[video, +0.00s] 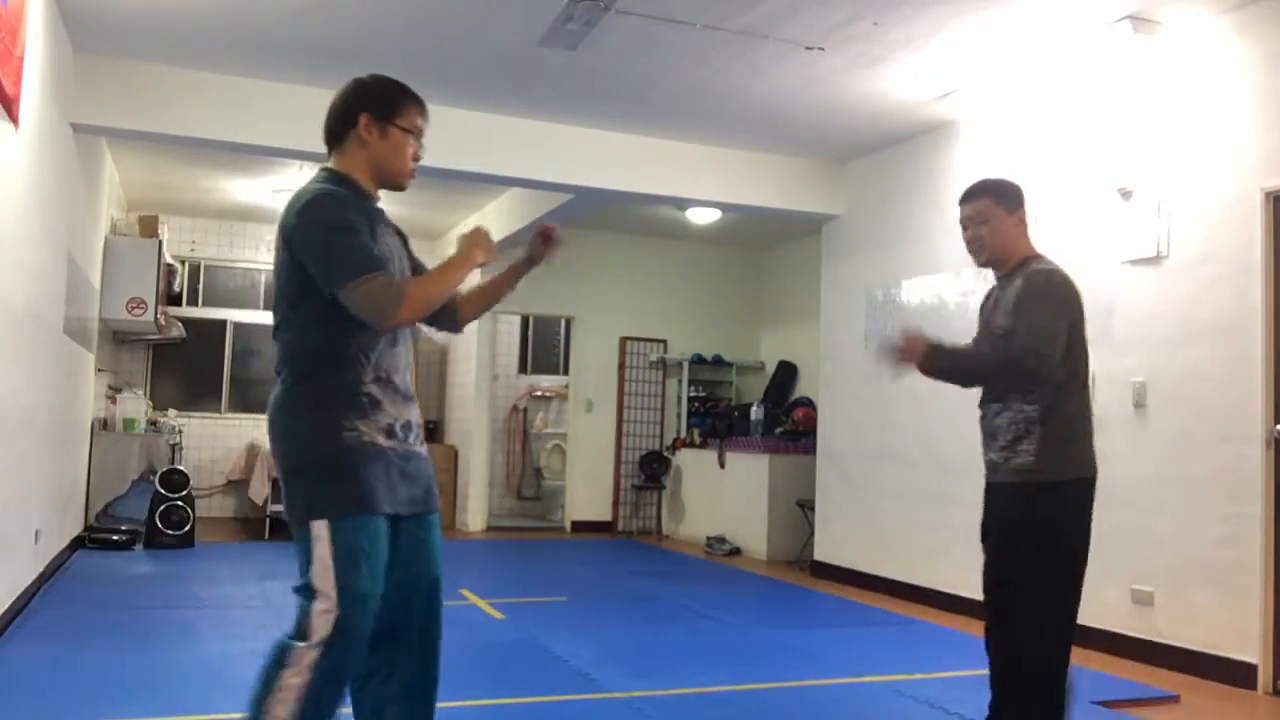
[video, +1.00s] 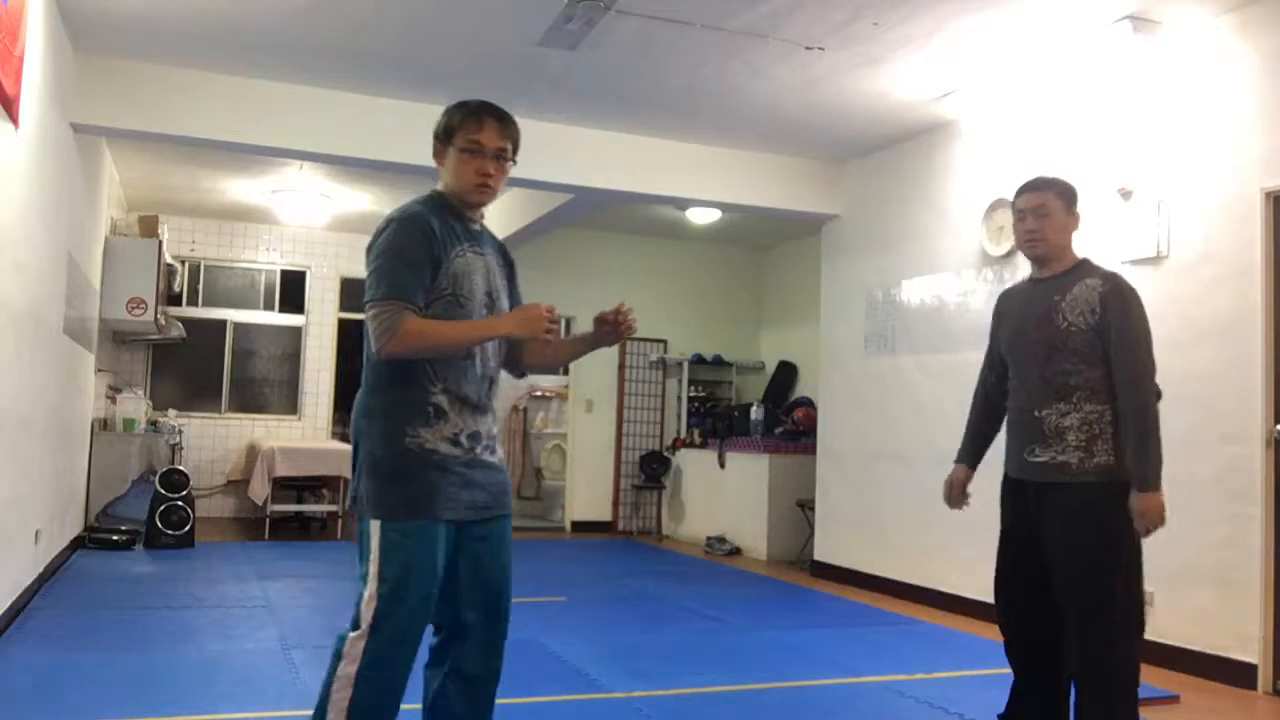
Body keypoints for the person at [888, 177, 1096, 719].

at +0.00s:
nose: (969, 236)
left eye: (979, 223)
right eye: (964, 227)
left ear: (1015, 219)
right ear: (964, 233)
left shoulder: (1046, 285)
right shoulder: (996, 298)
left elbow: (1030, 364)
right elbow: (989, 362)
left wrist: (935, 356)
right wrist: (930, 356)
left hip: (1050, 482)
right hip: (1009, 481)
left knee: (1038, 624)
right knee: (1007, 619)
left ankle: (1033, 712)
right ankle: (1007, 710)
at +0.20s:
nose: (990, 230)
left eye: (1001, 217)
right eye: (980, 222)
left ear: (1031, 220)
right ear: (974, 233)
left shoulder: (1058, 285)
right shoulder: (987, 304)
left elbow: (1047, 353)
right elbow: (968, 380)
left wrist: (964, 334)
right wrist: (932, 358)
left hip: (1044, 476)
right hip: (991, 475)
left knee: (1028, 606)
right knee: (977, 597)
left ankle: (1029, 711)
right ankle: (1001, 709)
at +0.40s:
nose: (1003, 232)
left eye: (1015, 220)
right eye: (992, 224)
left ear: (1039, 228)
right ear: (982, 239)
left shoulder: (1072, 291)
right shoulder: (981, 313)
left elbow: (1086, 377)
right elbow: (964, 379)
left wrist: (1018, 439)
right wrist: (938, 436)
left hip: (1054, 475)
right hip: (993, 475)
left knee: (1032, 606)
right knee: (994, 601)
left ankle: (1032, 710)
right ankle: (1006, 708)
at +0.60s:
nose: (1011, 232)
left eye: (1022, 221)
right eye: (1000, 225)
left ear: (1044, 228)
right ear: (988, 239)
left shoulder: (1085, 291)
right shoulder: (980, 312)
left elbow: (1115, 378)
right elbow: (968, 393)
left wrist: (1080, 452)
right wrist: (970, 472)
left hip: (1068, 482)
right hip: (1002, 483)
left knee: (1055, 614)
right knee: (1015, 607)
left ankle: (1041, 712)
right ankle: (1032, 707)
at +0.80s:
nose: (1023, 230)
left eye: (1035, 219)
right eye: (1012, 222)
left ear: (1058, 226)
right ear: (1001, 236)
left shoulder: (1096, 294)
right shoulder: (994, 308)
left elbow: (1122, 388)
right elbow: (980, 390)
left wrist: (1130, 478)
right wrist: (973, 471)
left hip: (1079, 487)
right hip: (1012, 486)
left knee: (1085, 621)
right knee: (1020, 618)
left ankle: (1107, 713)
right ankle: (1033, 711)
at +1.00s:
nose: (1026, 226)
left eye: (1039, 214)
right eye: (1019, 217)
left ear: (1072, 219)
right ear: (1013, 228)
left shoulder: (1110, 293)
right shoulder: (1010, 303)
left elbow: (1138, 389)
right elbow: (993, 386)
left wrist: (1147, 483)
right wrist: (966, 461)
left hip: (1097, 494)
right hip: (1026, 492)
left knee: (1102, 639)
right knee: (1028, 629)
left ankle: (1105, 717)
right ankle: (1032, 713)